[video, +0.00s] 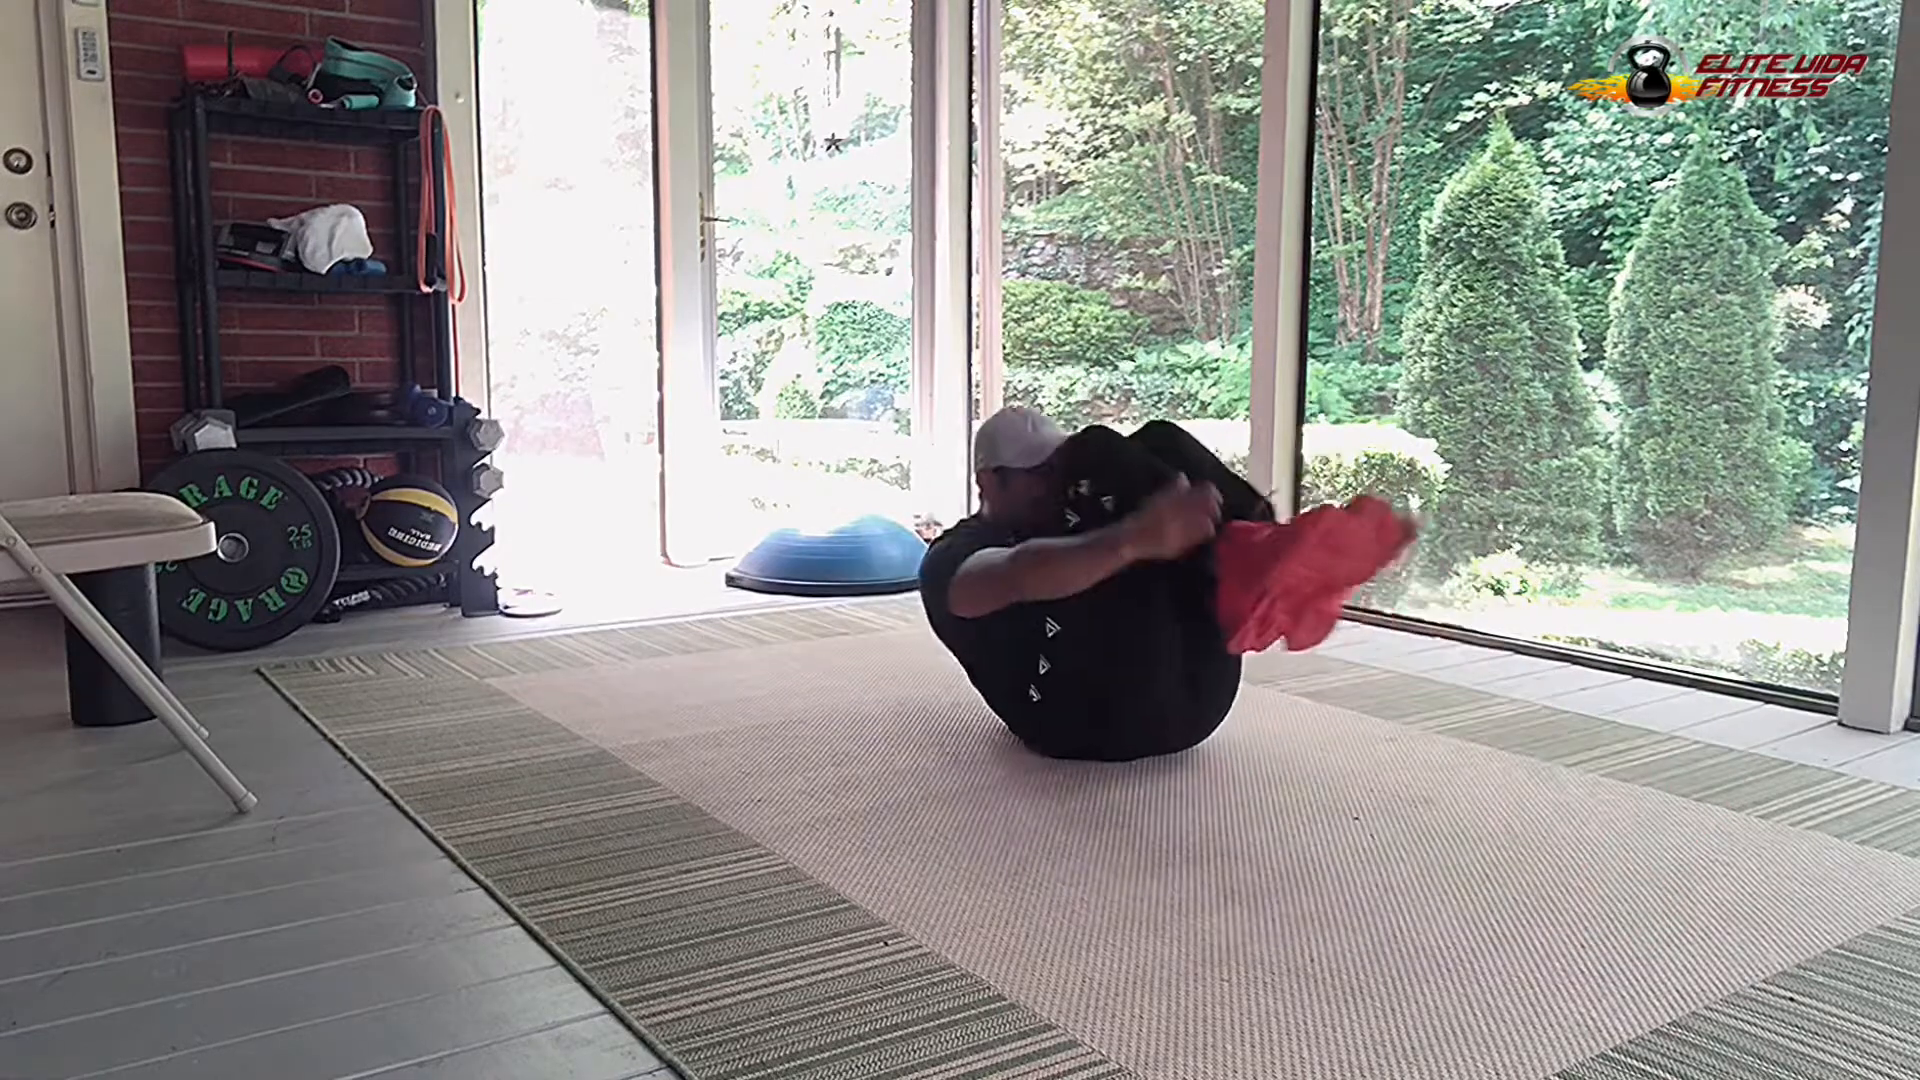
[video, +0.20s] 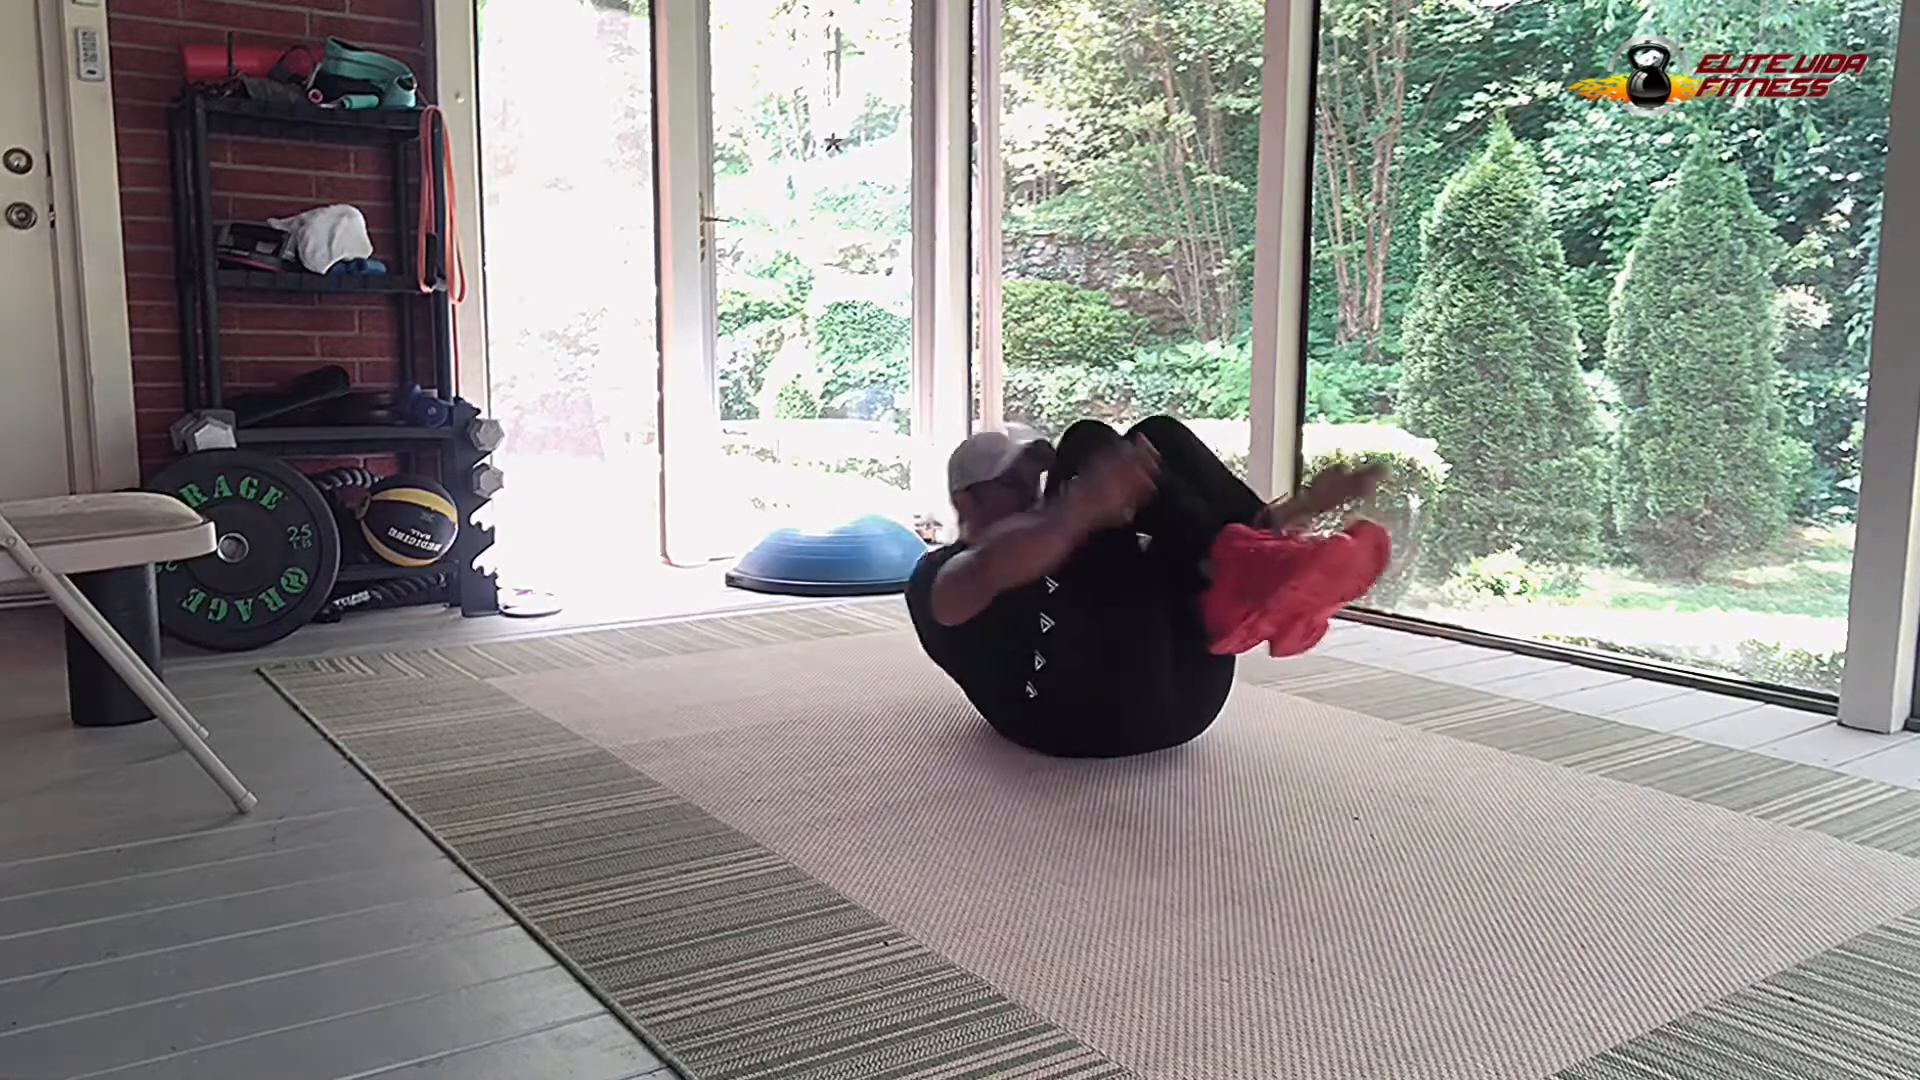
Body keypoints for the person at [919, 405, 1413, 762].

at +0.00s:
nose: (1058, 486)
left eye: (1055, 472)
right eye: (1040, 473)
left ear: (1063, 472)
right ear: (991, 484)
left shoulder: (1081, 530)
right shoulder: (953, 557)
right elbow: (1017, 575)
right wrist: (1134, 537)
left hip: (1184, 701)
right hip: (1090, 712)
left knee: (1156, 446)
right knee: (1101, 449)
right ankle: (1244, 567)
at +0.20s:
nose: (1043, 497)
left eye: (1043, 485)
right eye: (1022, 484)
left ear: (1056, 485)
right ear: (967, 506)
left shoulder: (1090, 545)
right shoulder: (936, 576)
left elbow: (1204, 541)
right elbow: (979, 578)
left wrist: (1308, 505)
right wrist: (1079, 511)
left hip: (1189, 695)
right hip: (1085, 708)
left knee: (1157, 435)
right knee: (1086, 440)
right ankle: (1236, 571)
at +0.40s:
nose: (983, 502)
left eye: (988, 490)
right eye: (966, 489)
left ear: (996, 506)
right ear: (927, 503)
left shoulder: (1046, 565)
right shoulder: (917, 600)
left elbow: (1171, 525)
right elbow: (920, 496)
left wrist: (1222, 386)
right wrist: (943, 386)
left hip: (1177, 697)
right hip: (1092, 701)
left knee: (1210, 447)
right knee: (1127, 463)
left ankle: (1352, 590)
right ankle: (1309, 587)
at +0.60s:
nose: (950, 523)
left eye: (958, 515)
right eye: (932, 519)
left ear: (979, 534)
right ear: (900, 549)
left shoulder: (1048, 577)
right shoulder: (901, 613)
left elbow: (1097, 476)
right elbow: (854, 472)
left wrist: (1111, 360)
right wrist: (833, 363)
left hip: (1167, 694)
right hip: (1096, 705)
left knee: (1294, 509)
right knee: (1214, 529)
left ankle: (1469, 635)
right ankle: (1437, 644)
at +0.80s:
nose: (942, 545)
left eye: (947, 539)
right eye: (918, 548)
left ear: (973, 558)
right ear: (892, 582)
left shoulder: (1026, 592)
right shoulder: (899, 627)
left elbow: (1049, 516)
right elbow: (826, 530)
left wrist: (1021, 418)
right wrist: (785, 444)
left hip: (1150, 654)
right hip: (1084, 697)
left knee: (1337, 605)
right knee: (1286, 646)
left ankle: (1553, 704)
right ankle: (1537, 715)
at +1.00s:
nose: (901, 559)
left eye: (911, 552)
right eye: (881, 564)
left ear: (940, 562)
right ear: (865, 591)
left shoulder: (998, 585)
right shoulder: (881, 628)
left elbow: (995, 530)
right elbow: (800, 570)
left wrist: (939, 491)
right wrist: (755, 510)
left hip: (1146, 635)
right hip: (1070, 684)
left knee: (1327, 658)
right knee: (1266, 686)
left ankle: (1566, 765)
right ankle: (1543, 742)